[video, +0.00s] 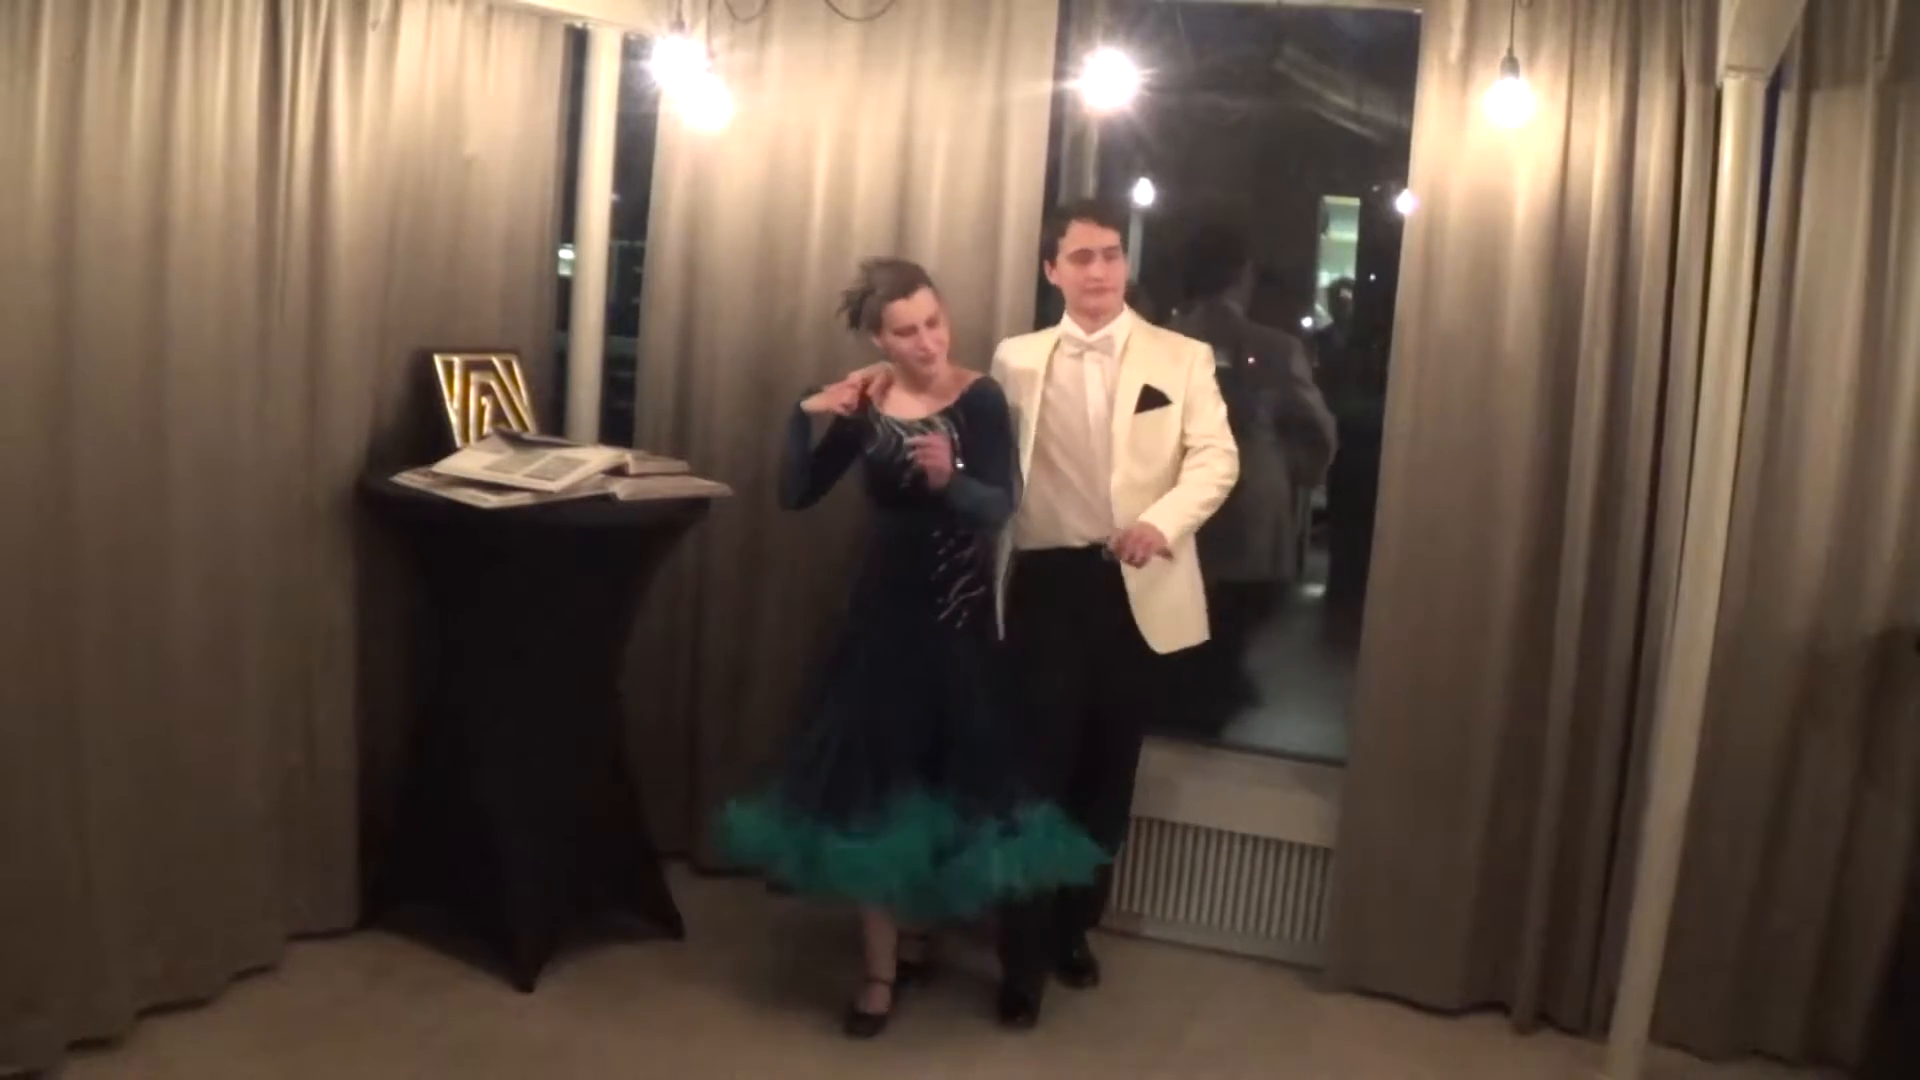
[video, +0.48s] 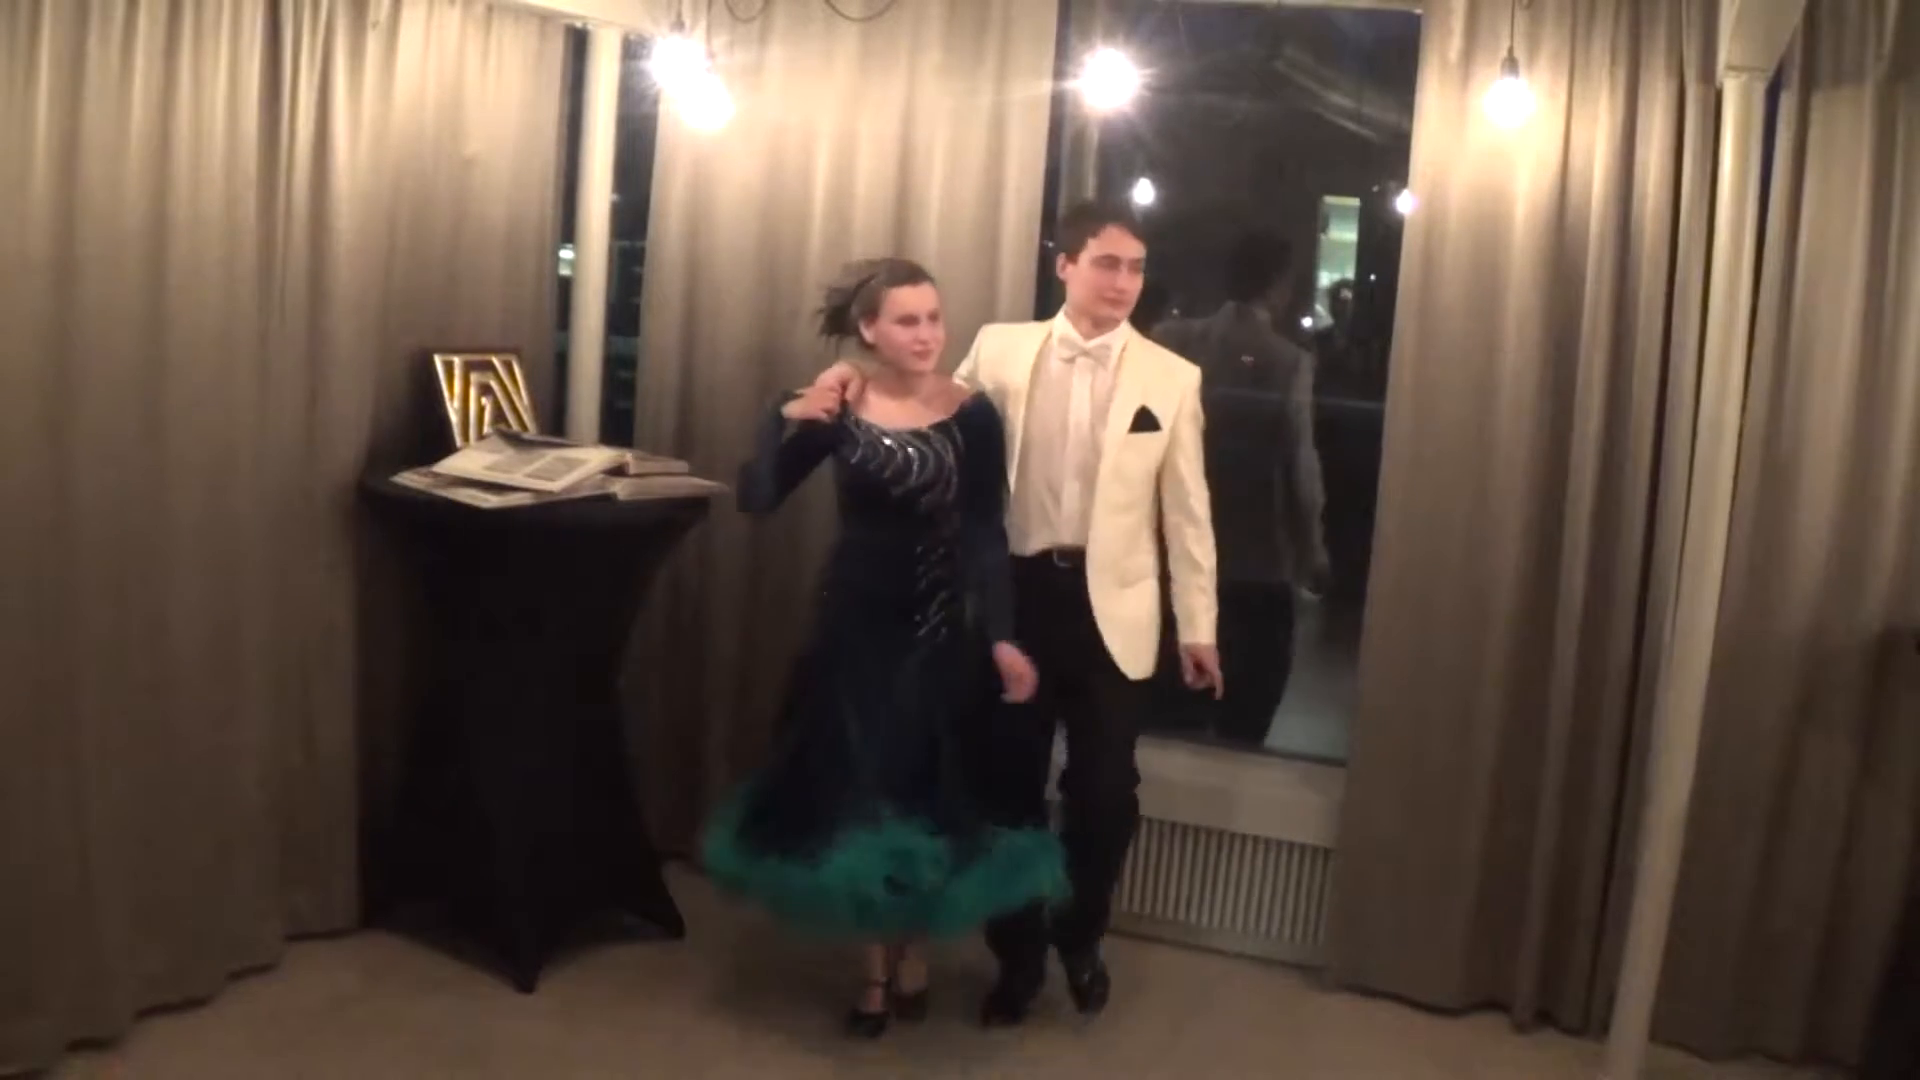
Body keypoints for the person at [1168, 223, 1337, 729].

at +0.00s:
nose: (1248, 283)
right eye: (1248, 274)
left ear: (1188, 274)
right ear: (1244, 275)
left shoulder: (1160, 341)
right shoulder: (1276, 348)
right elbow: (1317, 429)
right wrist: (1298, 473)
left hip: (1172, 490)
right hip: (1251, 497)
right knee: (1255, 594)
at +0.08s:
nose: (1257, 281)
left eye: (1255, 272)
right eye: (1255, 271)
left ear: (1194, 275)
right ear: (1247, 275)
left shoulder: (1166, 343)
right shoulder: (1277, 349)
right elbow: (1316, 427)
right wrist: (1312, 478)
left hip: (1174, 497)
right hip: (1254, 507)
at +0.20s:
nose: (1264, 286)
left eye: (1261, 276)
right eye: (1262, 276)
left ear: (1198, 277)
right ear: (1253, 279)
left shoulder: (1170, 344)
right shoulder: (1281, 351)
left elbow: (1146, 430)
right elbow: (1310, 432)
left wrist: (1148, 490)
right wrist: (1321, 500)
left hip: (1174, 507)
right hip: (1252, 513)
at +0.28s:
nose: (1270, 284)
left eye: (1265, 276)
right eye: (1268, 276)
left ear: (1208, 277)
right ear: (1262, 282)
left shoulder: (1169, 343)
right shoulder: (1284, 356)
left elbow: (1144, 434)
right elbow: (1305, 448)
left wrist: (1142, 500)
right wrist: (1323, 519)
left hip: (1174, 513)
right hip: (1253, 522)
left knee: (1170, 627)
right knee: (1247, 640)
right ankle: (1217, 754)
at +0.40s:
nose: (1280, 291)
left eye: (1275, 282)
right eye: (1278, 282)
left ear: (1217, 279)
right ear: (1272, 286)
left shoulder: (1167, 348)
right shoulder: (1287, 364)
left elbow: (1143, 453)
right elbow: (1303, 474)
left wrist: (1142, 538)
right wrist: (1314, 556)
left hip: (1172, 559)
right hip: (1255, 571)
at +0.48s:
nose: (1294, 292)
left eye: (1291, 281)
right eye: (1291, 281)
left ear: (1230, 277)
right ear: (1277, 285)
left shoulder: (1172, 342)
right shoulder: (1289, 362)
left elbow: (1145, 448)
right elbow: (1301, 470)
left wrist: (1147, 532)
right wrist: (1313, 554)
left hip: (1176, 548)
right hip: (1258, 560)